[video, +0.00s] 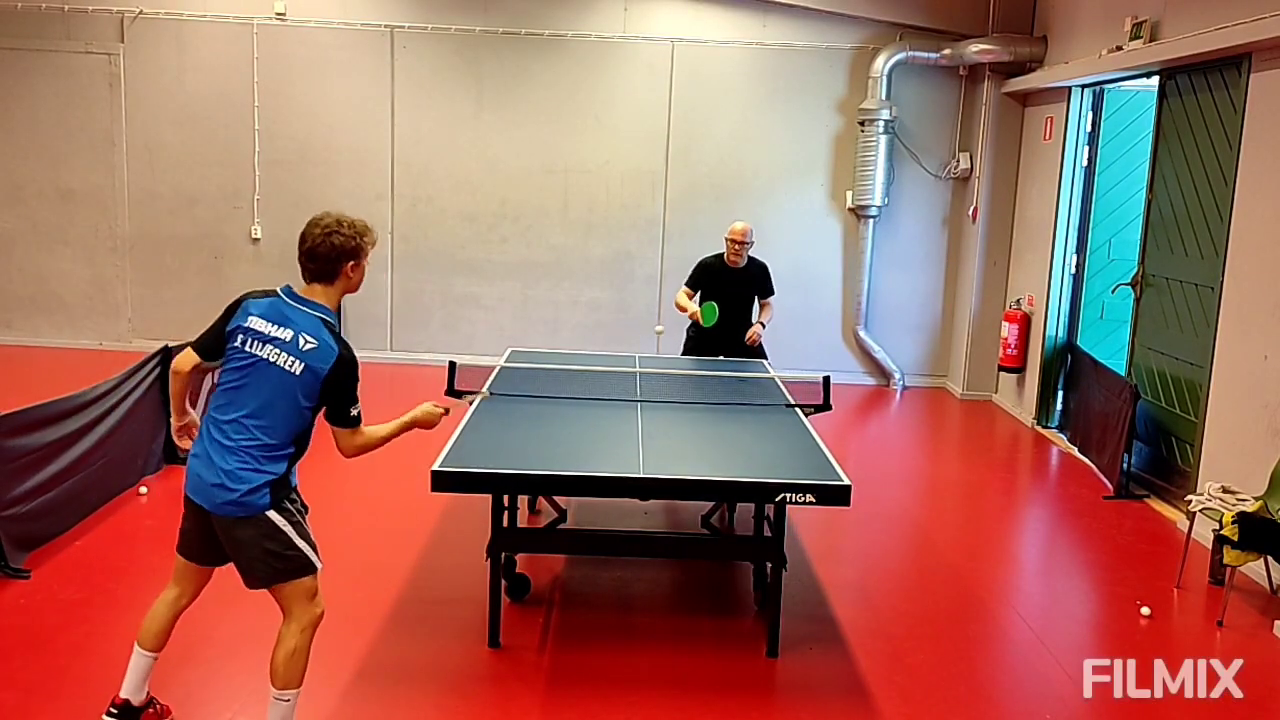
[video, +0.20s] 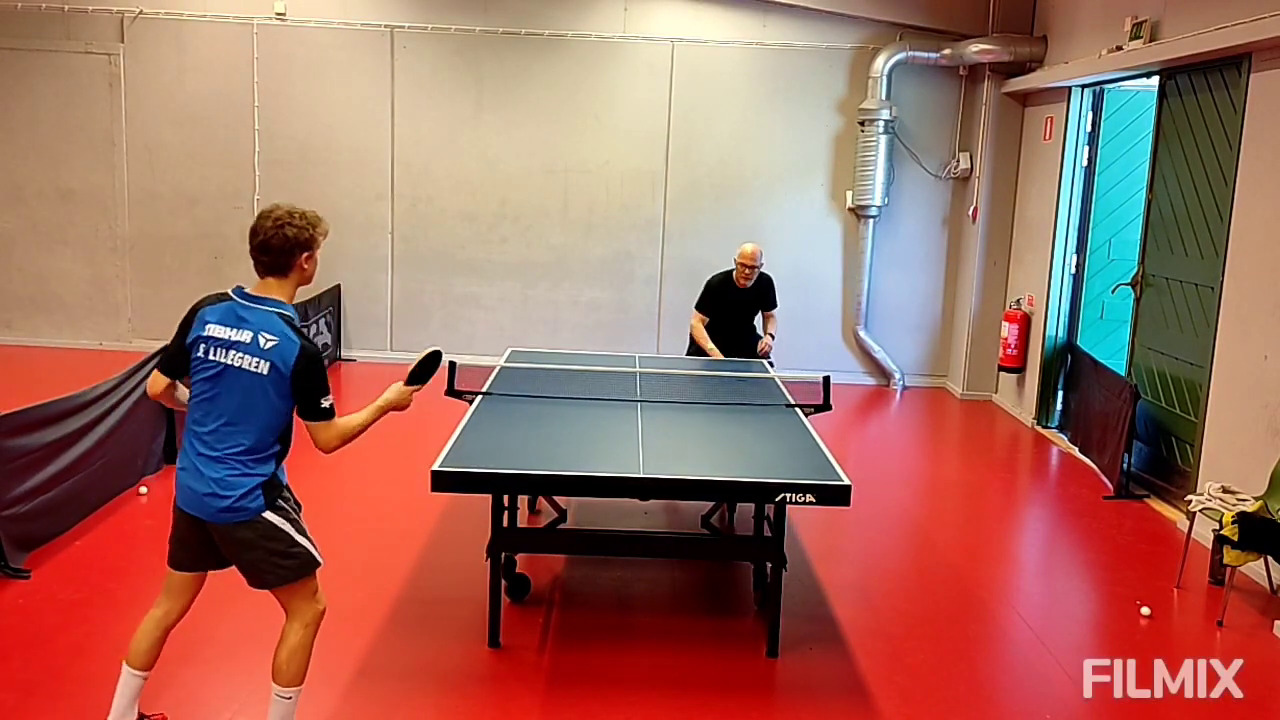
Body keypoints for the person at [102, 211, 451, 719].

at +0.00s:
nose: (365, 271)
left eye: (364, 262)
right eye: (363, 263)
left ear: (304, 262)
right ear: (348, 272)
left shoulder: (251, 305)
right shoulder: (335, 353)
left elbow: (182, 365)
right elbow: (351, 443)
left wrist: (179, 414)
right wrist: (411, 420)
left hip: (203, 480)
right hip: (256, 496)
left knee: (179, 590)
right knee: (304, 611)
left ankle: (127, 701)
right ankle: (280, 716)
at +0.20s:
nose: (318, 262)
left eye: (316, 252)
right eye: (316, 253)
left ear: (257, 257)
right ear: (303, 263)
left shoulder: (207, 311)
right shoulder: (298, 346)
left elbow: (159, 387)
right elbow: (327, 438)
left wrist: (207, 405)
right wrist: (386, 403)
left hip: (192, 493)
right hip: (249, 503)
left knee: (167, 606)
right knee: (305, 609)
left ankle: (120, 713)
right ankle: (279, 716)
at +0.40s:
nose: (286, 260)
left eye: (286, 251)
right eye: (284, 252)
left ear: (227, 255)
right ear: (269, 260)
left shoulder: (188, 307)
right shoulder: (245, 341)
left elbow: (184, 390)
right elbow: (261, 441)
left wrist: (252, 401)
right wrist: (337, 431)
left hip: (157, 483)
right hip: (204, 495)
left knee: (140, 609)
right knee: (269, 610)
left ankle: (114, 715)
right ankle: (274, 716)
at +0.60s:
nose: (289, 270)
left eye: (288, 262)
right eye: (287, 262)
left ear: (234, 262)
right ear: (271, 270)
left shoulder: (205, 304)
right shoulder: (222, 349)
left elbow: (213, 378)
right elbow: (206, 455)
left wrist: (274, 398)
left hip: (146, 482)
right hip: (177, 494)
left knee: (139, 606)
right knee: (233, 617)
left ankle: (115, 715)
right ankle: (227, 717)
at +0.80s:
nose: (324, 295)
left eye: (325, 285)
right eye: (320, 285)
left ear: (282, 282)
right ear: (288, 285)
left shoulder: (247, 317)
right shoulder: (224, 354)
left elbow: (222, 392)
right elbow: (180, 447)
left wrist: (251, 433)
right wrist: (186, 529)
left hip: (176, 484)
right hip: (193, 494)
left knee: (148, 602)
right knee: (229, 621)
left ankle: (110, 713)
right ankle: (224, 719)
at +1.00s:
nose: (306, 282)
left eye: (308, 271)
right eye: (297, 270)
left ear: (259, 266)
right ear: (260, 264)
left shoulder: (215, 304)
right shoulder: (247, 334)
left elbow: (199, 386)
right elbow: (275, 428)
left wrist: (251, 426)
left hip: (170, 480)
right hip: (202, 494)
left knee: (189, 591)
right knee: (236, 621)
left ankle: (123, 702)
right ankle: (228, 719)